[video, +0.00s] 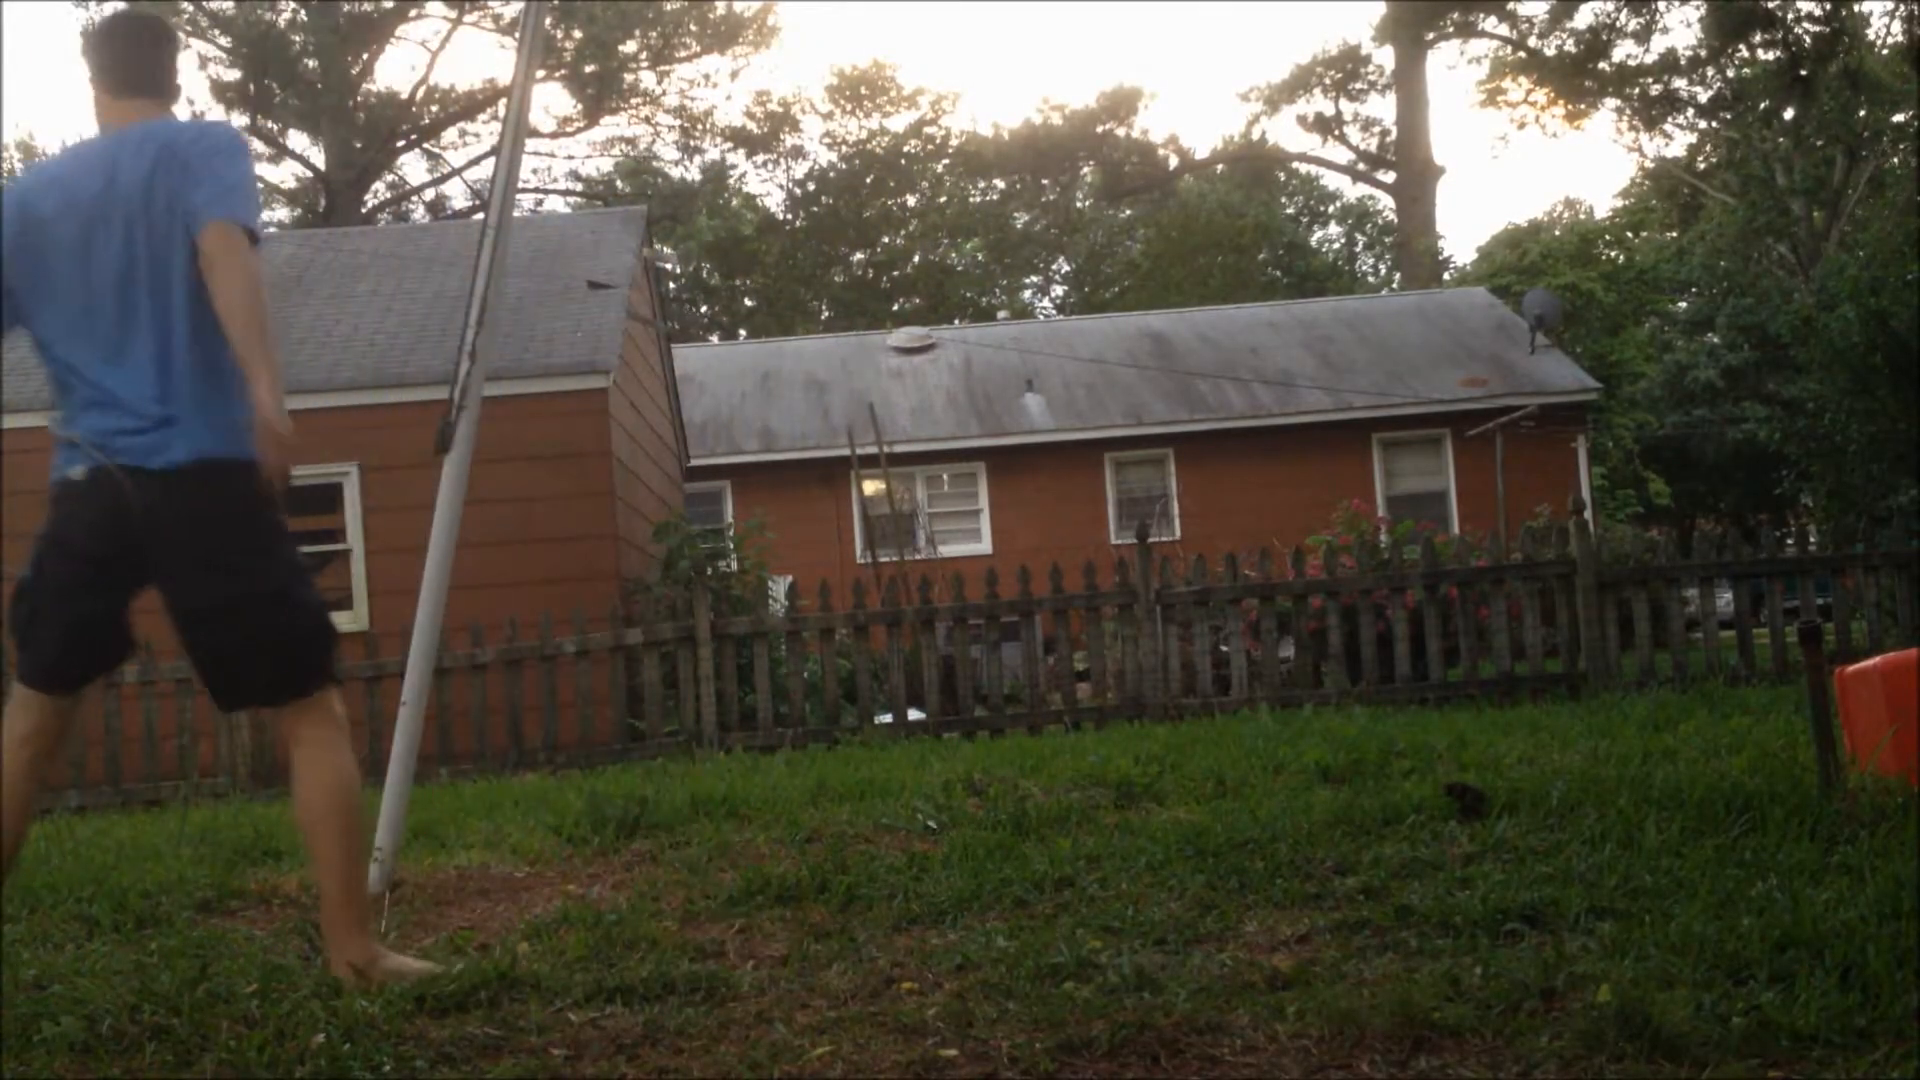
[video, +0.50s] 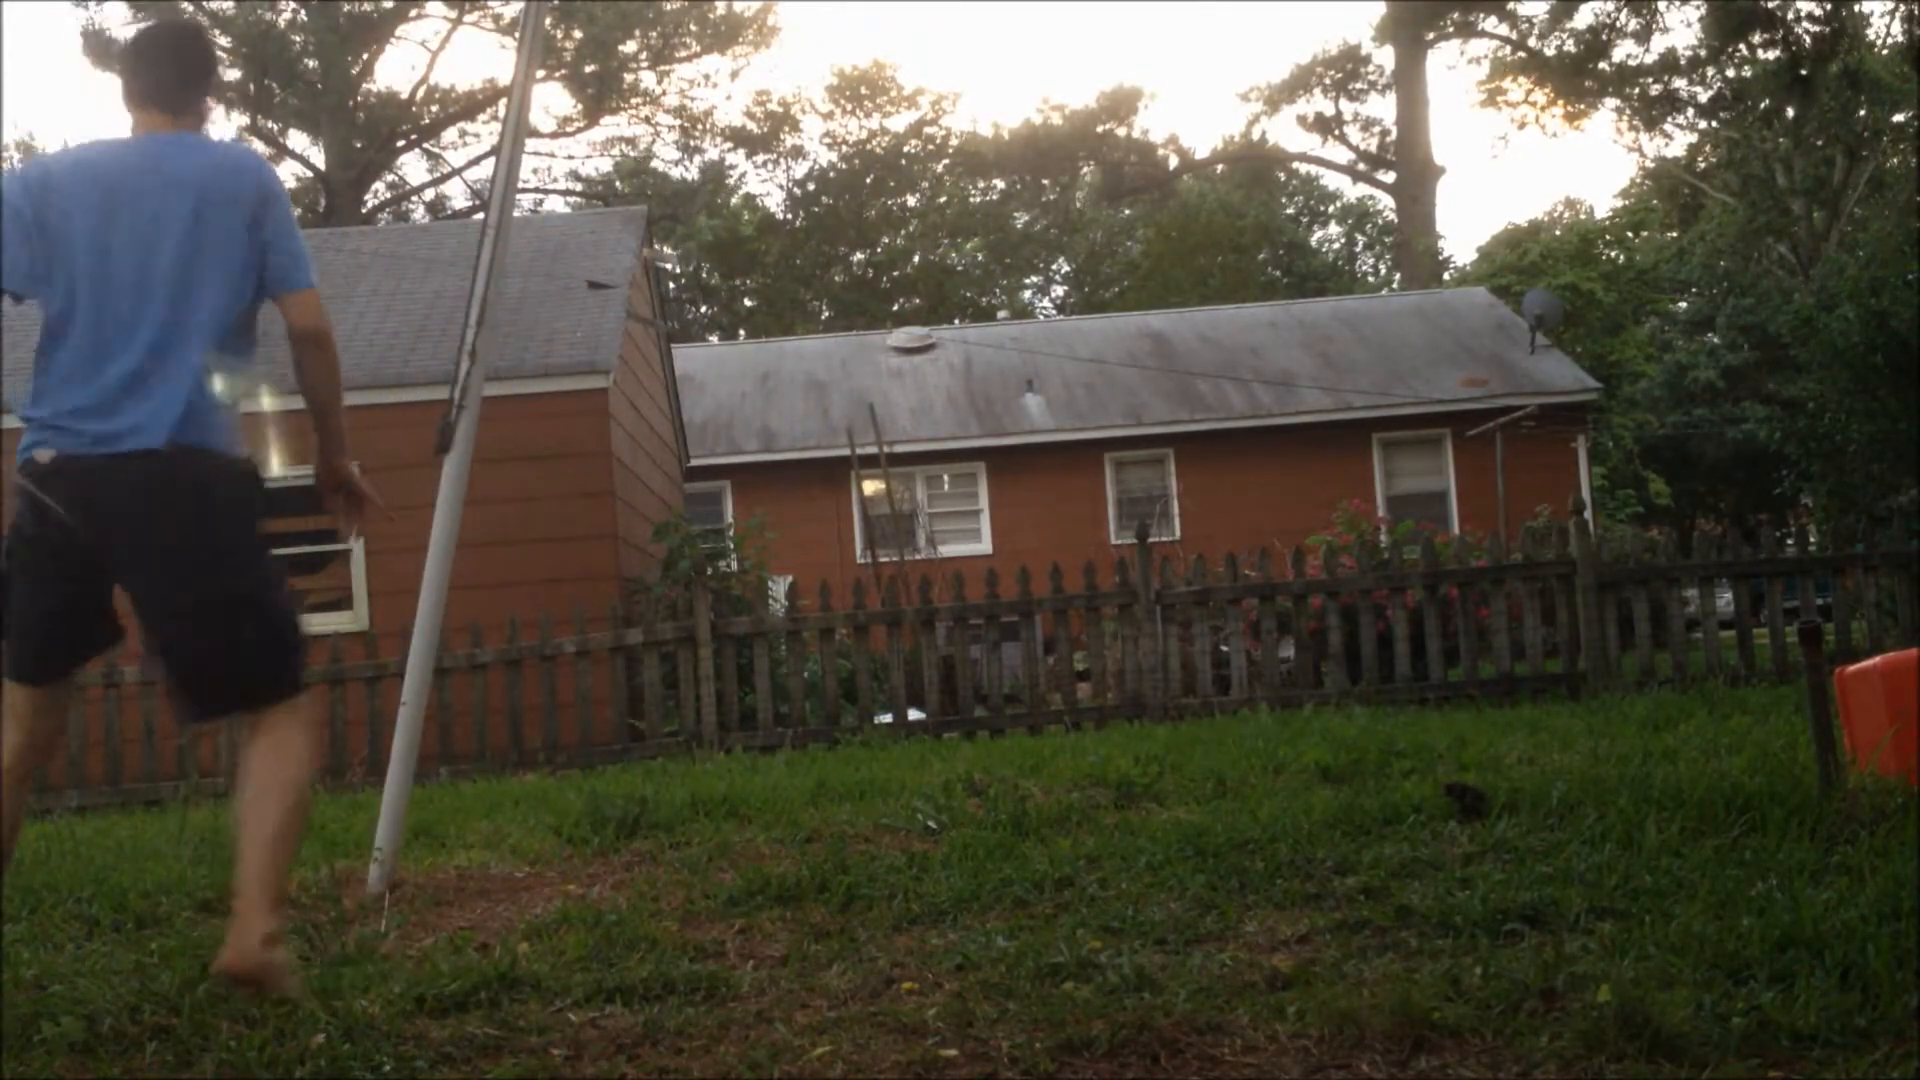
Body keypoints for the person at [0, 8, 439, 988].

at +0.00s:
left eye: (110, 72)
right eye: (168, 75)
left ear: (93, 81)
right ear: (176, 79)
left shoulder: (27, 197)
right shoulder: (204, 144)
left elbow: (6, 319)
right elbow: (222, 248)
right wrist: (268, 396)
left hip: (90, 499)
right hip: (211, 493)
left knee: (28, 724)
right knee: (311, 715)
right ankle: (353, 947)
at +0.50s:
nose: (189, 106)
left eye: (142, 84)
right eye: (206, 91)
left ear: (126, 91)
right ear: (208, 94)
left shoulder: (48, 182)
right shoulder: (245, 177)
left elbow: (2, 289)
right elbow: (309, 324)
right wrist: (333, 457)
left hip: (59, 482)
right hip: (191, 484)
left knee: (20, 722)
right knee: (279, 709)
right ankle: (253, 932)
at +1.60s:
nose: (663, 164)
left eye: (673, 139)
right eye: (647, 151)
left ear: (719, 130)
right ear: (641, 164)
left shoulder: (837, 202)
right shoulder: (672, 273)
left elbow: (953, 272)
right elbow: (650, 395)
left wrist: (1084, 295)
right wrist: (613, 455)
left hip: (955, 478)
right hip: (835, 516)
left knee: (1098, 649)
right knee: (764, 729)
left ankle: (1268, 829)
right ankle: (748, 927)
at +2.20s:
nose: (1013, 38)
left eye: (1027, 17)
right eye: (1010, 20)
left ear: (1088, 18)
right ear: (1039, 30)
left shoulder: (1184, 123)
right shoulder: (1039, 135)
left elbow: (1269, 269)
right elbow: (1073, 222)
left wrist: (1328, 385)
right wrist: (1024, 230)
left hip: (1201, 424)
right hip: (1083, 426)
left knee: (1258, 651)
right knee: (1047, 640)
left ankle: (1339, 879)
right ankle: (1067, 864)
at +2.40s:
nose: (991, 42)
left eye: (1004, 22)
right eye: (987, 27)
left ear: (1065, 22)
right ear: (1008, 38)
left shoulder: (1147, 125)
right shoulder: (1019, 137)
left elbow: (1236, 256)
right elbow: (1024, 221)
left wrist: (1247, 385)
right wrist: (924, 265)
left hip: (1185, 427)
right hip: (1072, 432)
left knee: (1251, 656)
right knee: (1033, 661)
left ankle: (1339, 876)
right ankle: (1065, 888)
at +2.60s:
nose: (928, 61)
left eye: (941, 37)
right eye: (925, 41)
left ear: (1001, 37)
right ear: (947, 47)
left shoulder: (1082, 136)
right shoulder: (966, 145)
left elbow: (1167, 278)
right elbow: (989, 233)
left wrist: (1117, 344)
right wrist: (908, 267)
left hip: (1119, 424)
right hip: (1022, 434)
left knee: (1147, 605)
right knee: (1010, 663)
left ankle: (1253, 797)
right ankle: (1064, 887)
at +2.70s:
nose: (911, 33)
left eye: (924, 12)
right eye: (909, 16)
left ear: (982, 14)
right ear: (939, 26)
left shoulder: (1062, 108)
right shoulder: (948, 114)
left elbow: (1132, 248)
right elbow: (974, 205)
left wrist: (1045, 315)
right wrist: (919, 254)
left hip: (1099, 372)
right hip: (1009, 395)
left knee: (1052, 523)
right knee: (1014, 646)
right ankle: (1061, 879)